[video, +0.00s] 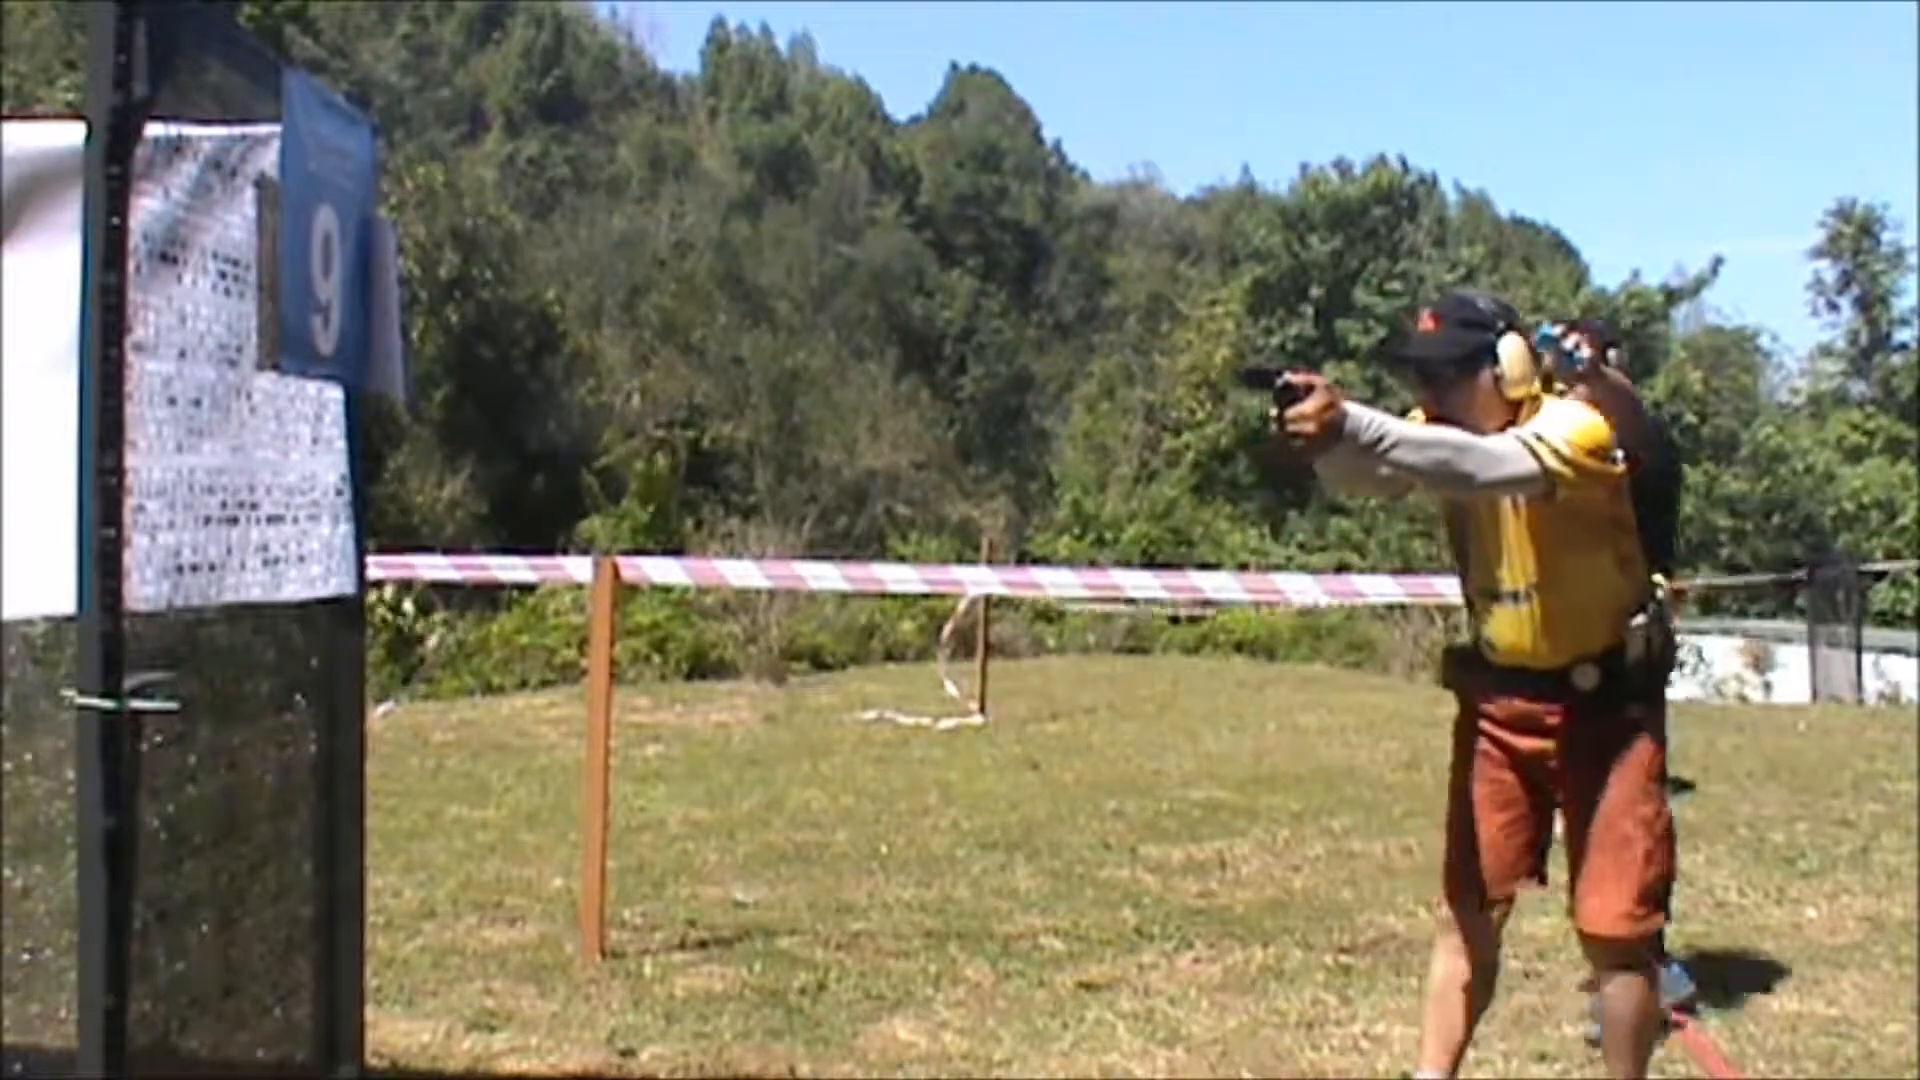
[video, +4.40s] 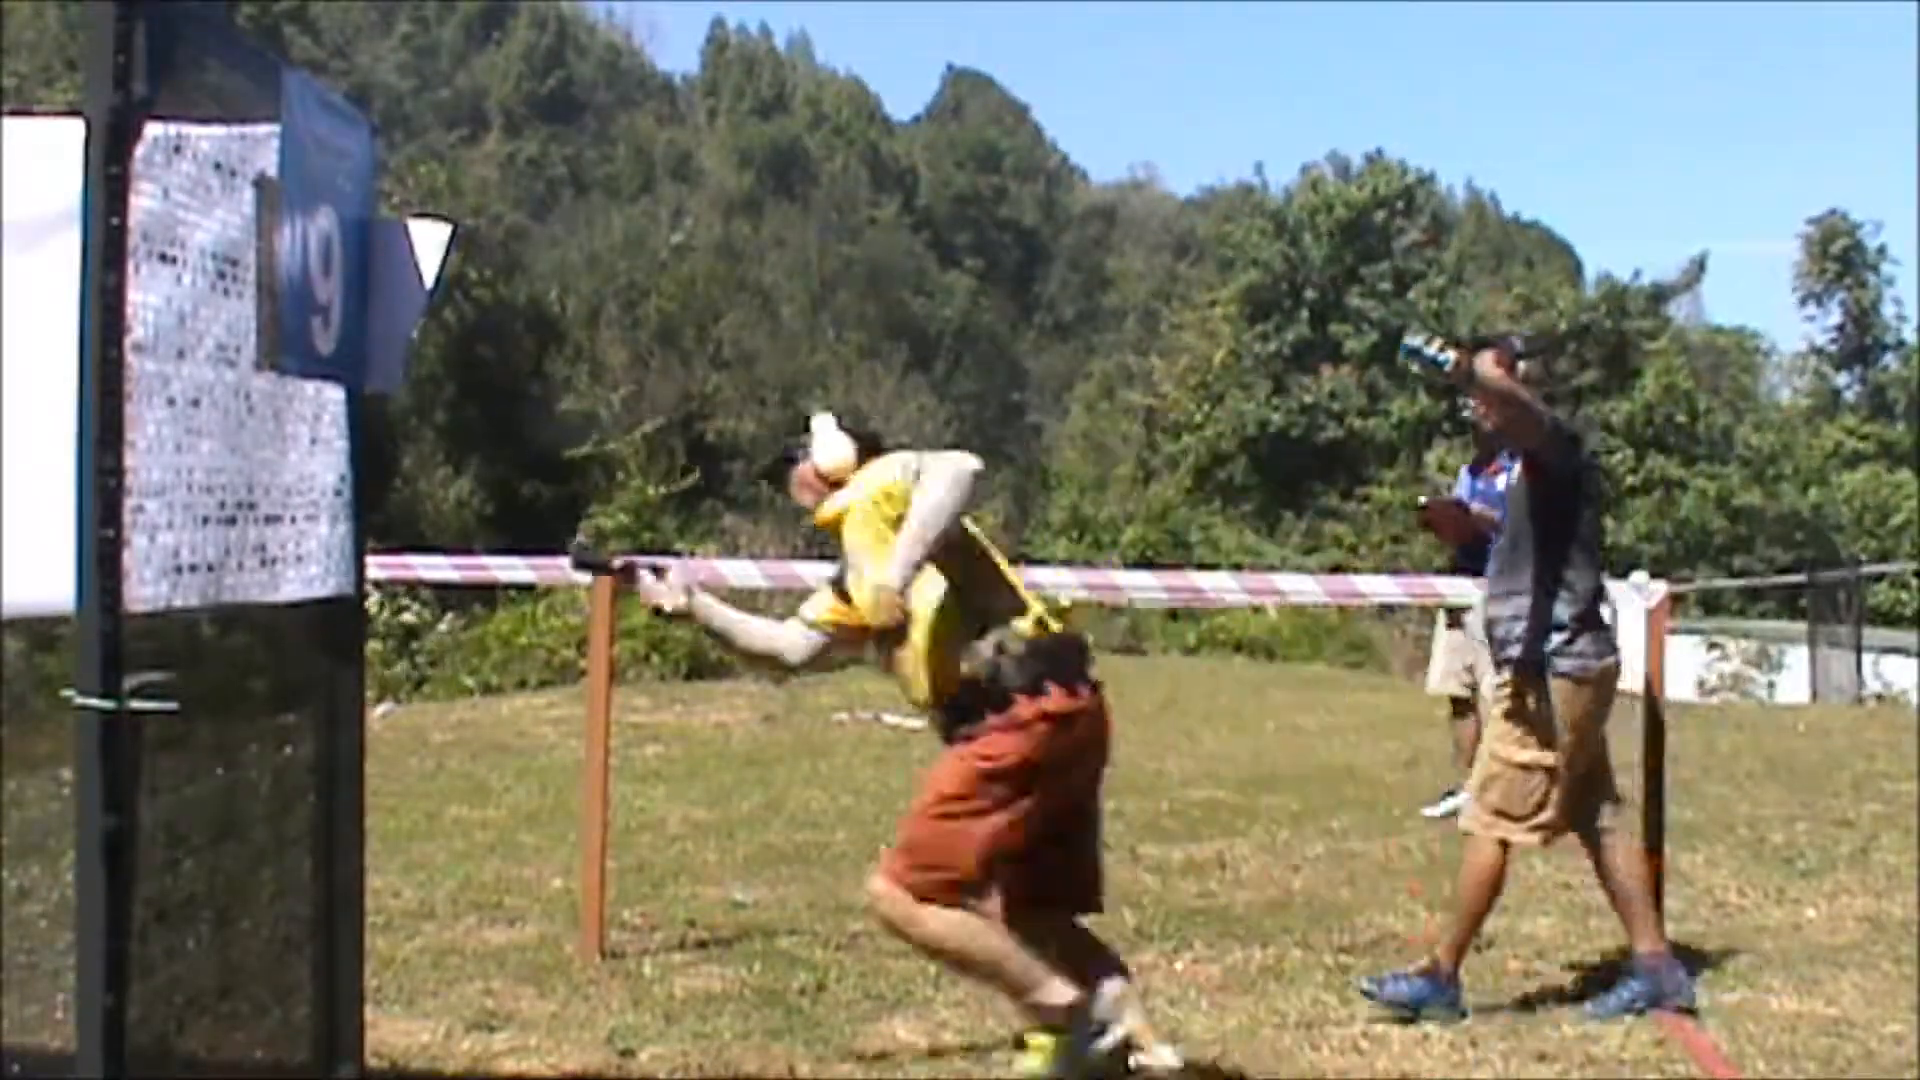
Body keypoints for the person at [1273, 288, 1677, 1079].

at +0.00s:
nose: (1431, 399)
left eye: (1446, 379)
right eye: (1424, 382)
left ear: (1505, 369)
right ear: (1425, 380)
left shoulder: (1580, 427)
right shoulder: (1458, 445)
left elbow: (1483, 464)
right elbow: (1377, 474)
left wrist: (1350, 420)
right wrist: (1323, 437)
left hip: (1609, 707)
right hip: (1500, 704)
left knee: (1618, 930)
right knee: (1471, 907)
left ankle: (1626, 1073)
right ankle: (1433, 1071)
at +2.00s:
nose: (1448, 390)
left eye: (1461, 371)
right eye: (1442, 372)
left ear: (1513, 362)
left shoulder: (1592, 426)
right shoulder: (1491, 439)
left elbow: (1480, 454)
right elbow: (1386, 465)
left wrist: (1343, 405)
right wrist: (1320, 420)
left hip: (1601, 710)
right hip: (1504, 701)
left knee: (1595, 945)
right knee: (1463, 919)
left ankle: (1622, 1073)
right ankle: (1433, 1071)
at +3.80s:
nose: (1411, 417)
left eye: (1423, 405)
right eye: (1413, 404)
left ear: (1469, 421)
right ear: (1457, 423)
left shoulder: (1549, 486)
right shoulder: (1420, 481)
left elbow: (1455, 576)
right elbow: (1322, 565)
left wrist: (1321, 516)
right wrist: (1291, 508)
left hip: (1557, 751)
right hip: (1457, 734)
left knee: (1562, 962)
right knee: (1355, 896)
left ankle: (1609, 1073)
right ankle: (1355, 1066)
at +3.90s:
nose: (1389, 469)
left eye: (1402, 461)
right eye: (1394, 457)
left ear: (1441, 475)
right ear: (1423, 468)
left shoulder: (1523, 526)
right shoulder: (1394, 515)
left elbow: (1420, 618)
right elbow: (1297, 605)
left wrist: (1277, 570)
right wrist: (1247, 581)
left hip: (1535, 773)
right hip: (1433, 757)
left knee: (1548, 972)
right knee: (1311, 901)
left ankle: (1606, 1073)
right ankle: (1294, 1062)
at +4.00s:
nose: (1296, 509)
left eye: (1304, 495)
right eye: (1297, 495)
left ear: (1343, 502)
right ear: (1322, 507)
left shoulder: (1426, 544)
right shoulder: (1315, 564)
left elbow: (1422, 644)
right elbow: (1244, 633)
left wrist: (1314, 680)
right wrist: (1162, 620)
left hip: (1473, 796)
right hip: (1374, 785)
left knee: (1501, 990)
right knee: (1244, 904)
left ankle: (1590, 1072)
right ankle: (1201, 1064)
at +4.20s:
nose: (1035, 484)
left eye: (1046, 470)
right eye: (1037, 472)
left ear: (1081, 475)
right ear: (1082, 480)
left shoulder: (1119, 515)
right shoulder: (1097, 562)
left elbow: (1203, 560)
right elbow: (1053, 659)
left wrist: (1222, 683)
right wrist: (952, 623)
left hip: (1285, 761)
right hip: (1213, 779)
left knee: (1393, 954)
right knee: (1116, 901)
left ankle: (1529, 1070)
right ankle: (1173, 1067)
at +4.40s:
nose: (793, 475)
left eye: (800, 460)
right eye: (793, 464)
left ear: (832, 464)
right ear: (824, 482)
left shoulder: (878, 483)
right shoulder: (855, 575)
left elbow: (957, 470)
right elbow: (792, 646)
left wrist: (897, 569)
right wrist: (693, 602)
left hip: (1033, 703)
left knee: (899, 894)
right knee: (1033, 917)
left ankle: (1065, 1007)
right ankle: (1143, 1050)